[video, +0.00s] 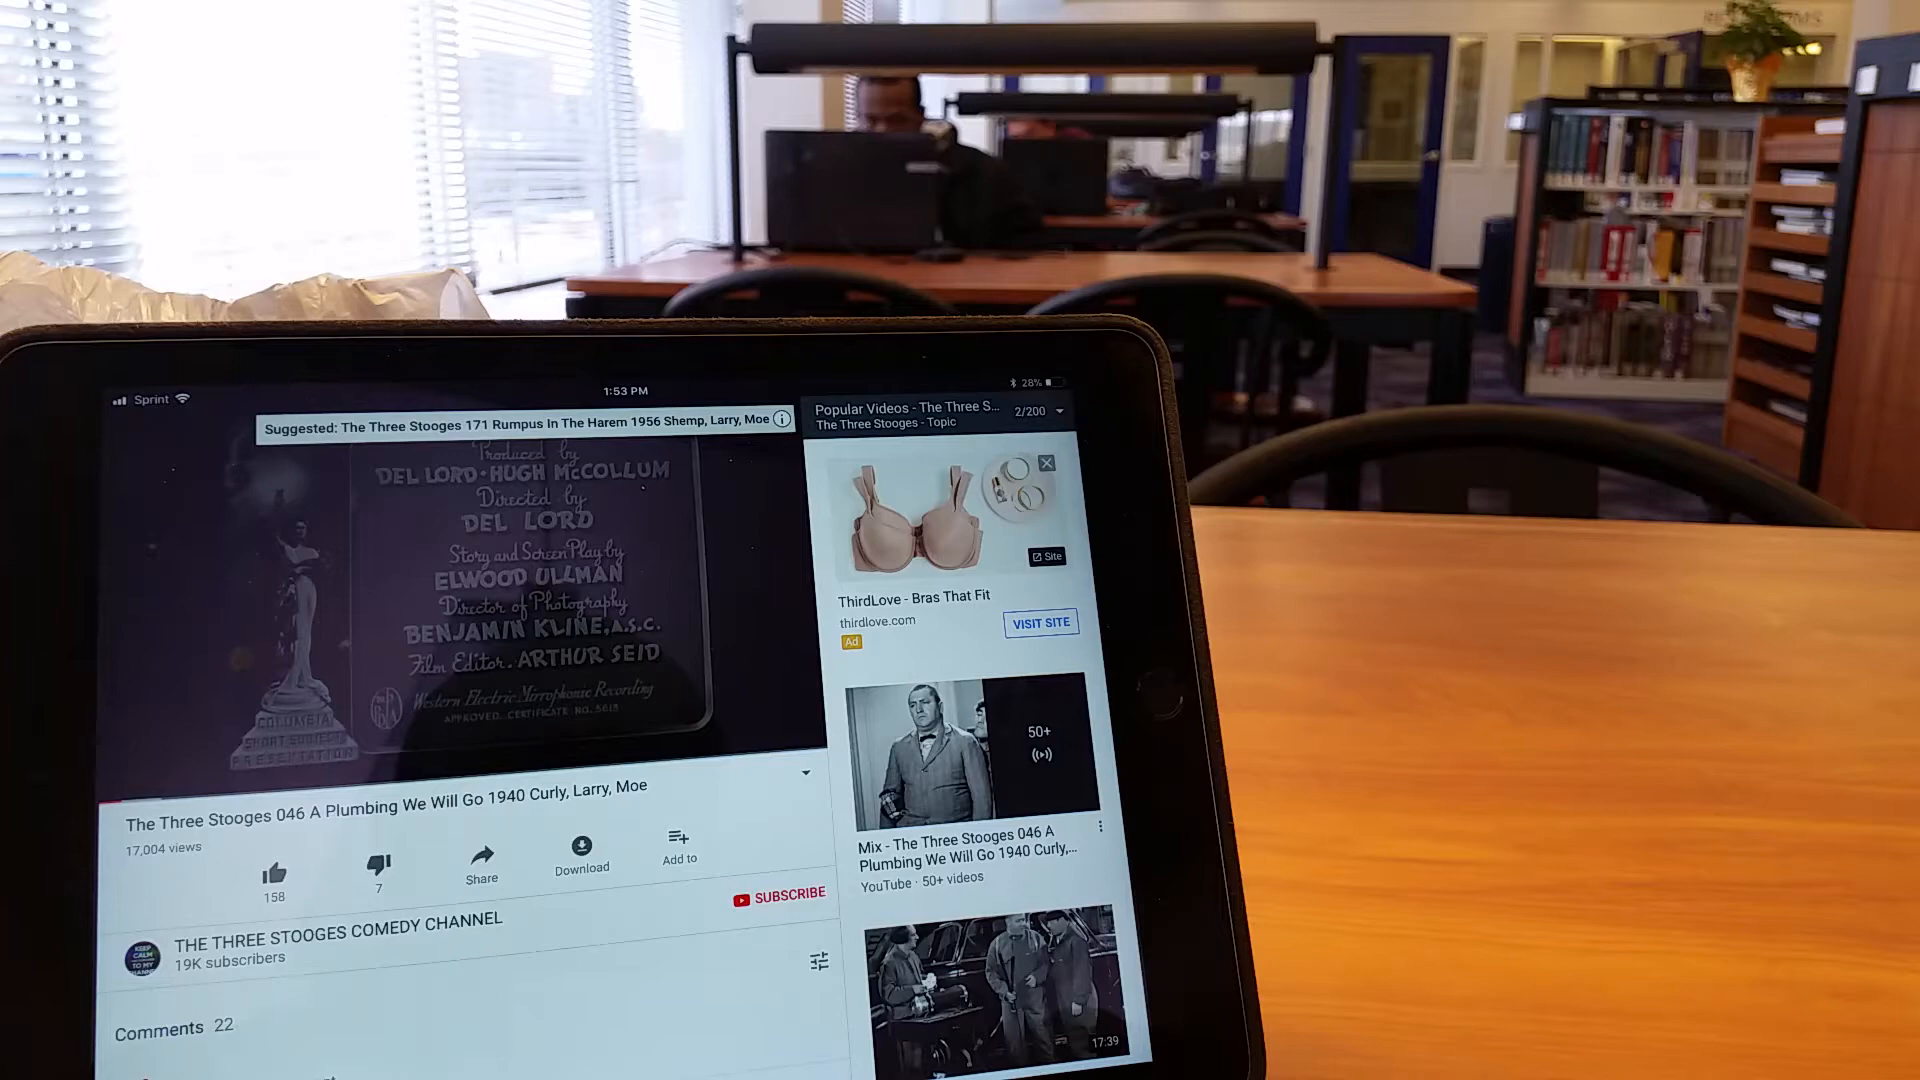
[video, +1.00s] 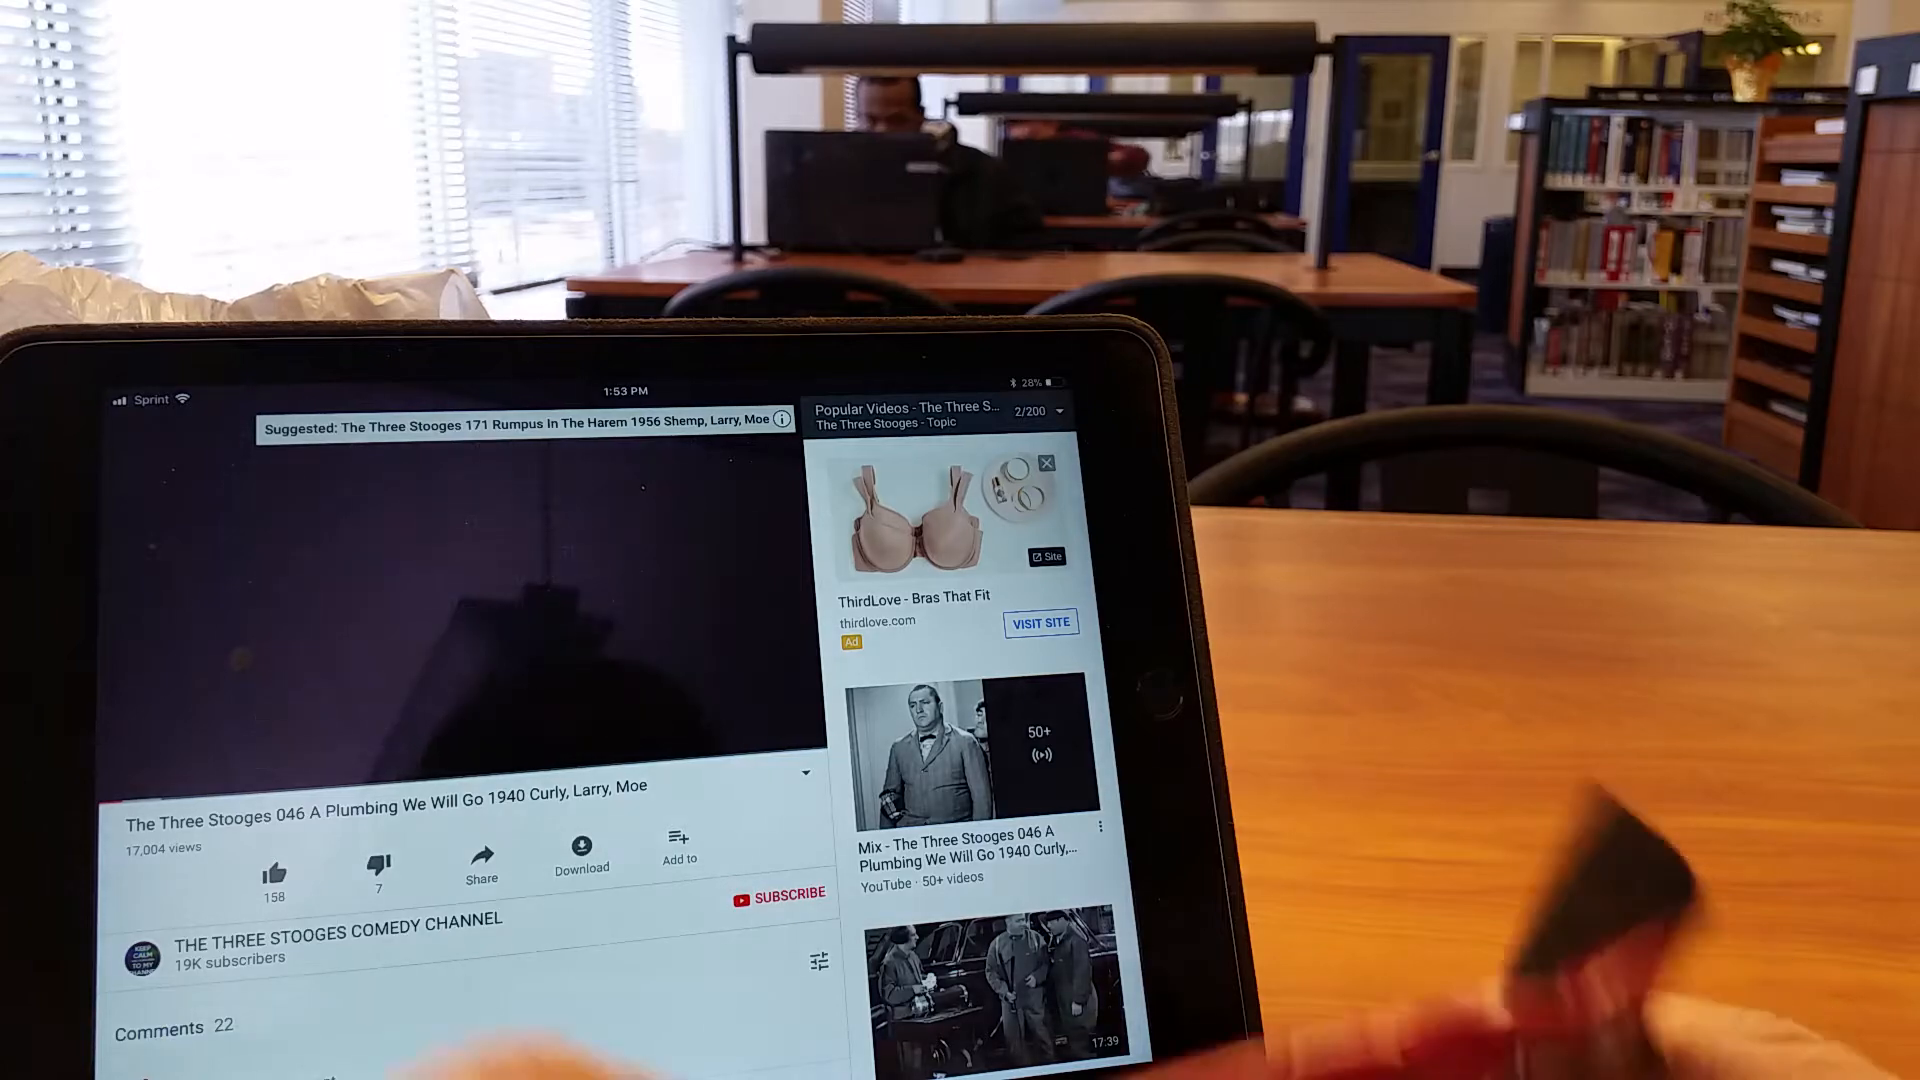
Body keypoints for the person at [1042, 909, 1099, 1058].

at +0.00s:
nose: (1049, 927)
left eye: (1051, 922)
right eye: (1047, 923)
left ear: (1063, 921)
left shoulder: (1077, 941)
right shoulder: (1055, 942)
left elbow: (1083, 972)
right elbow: (1054, 970)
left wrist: (1079, 1000)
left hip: (1077, 998)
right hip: (1063, 998)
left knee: (1081, 1044)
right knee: (1073, 1044)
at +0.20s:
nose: (1049, 927)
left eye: (1052, 923)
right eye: (1048, 924)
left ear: (1063, 921)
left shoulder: (1077, 941)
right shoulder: (1056, 942)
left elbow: (1083, 972)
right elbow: (1055, 971)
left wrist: (1078, 1000)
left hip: (1077, 998)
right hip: (1063, 998)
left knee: (1081, 1043)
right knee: (1073, 1041)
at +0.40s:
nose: (1049, 927)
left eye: (1052, 923)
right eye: (1048, 924)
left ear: (1063, 921)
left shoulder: (1076, 941)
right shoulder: (1055, 942)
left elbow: (1082, 972)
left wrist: (1078, 1000)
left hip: (1076, 997)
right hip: (1063, 997)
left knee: (1080, 1042)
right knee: (1072, 1040)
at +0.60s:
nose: (1049, 927)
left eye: (1052, 923)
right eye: (1048, 924)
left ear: (1063, 921)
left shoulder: (1076, 941)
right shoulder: (1055, 942)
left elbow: (1082, 972)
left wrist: (1078, 1000)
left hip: (1076, 998)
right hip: (1062, 998)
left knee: (1081, 1043)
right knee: (1072, 1041)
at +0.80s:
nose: (1049, 927)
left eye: (1052, 923)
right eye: (1048, 924)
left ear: (1063, 921)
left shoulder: (1076, 941)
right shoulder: (1055, 942)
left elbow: (1082, 972)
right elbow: (1055, 972)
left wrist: (1078, 1000)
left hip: (1077, 1000)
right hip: (1063, 1000)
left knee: (1081, 1044)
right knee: (1073, 1043)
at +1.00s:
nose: (1049, 927)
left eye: (1052, 923)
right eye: (1048, 924)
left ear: (1063, 921)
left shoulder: (1076, 941)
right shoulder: (1058, 942)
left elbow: (1082, 972)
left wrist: (1078, 1000)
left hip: (1076, 999)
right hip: (1064, 999)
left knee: (1080, 1044)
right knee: (1072, 1041)